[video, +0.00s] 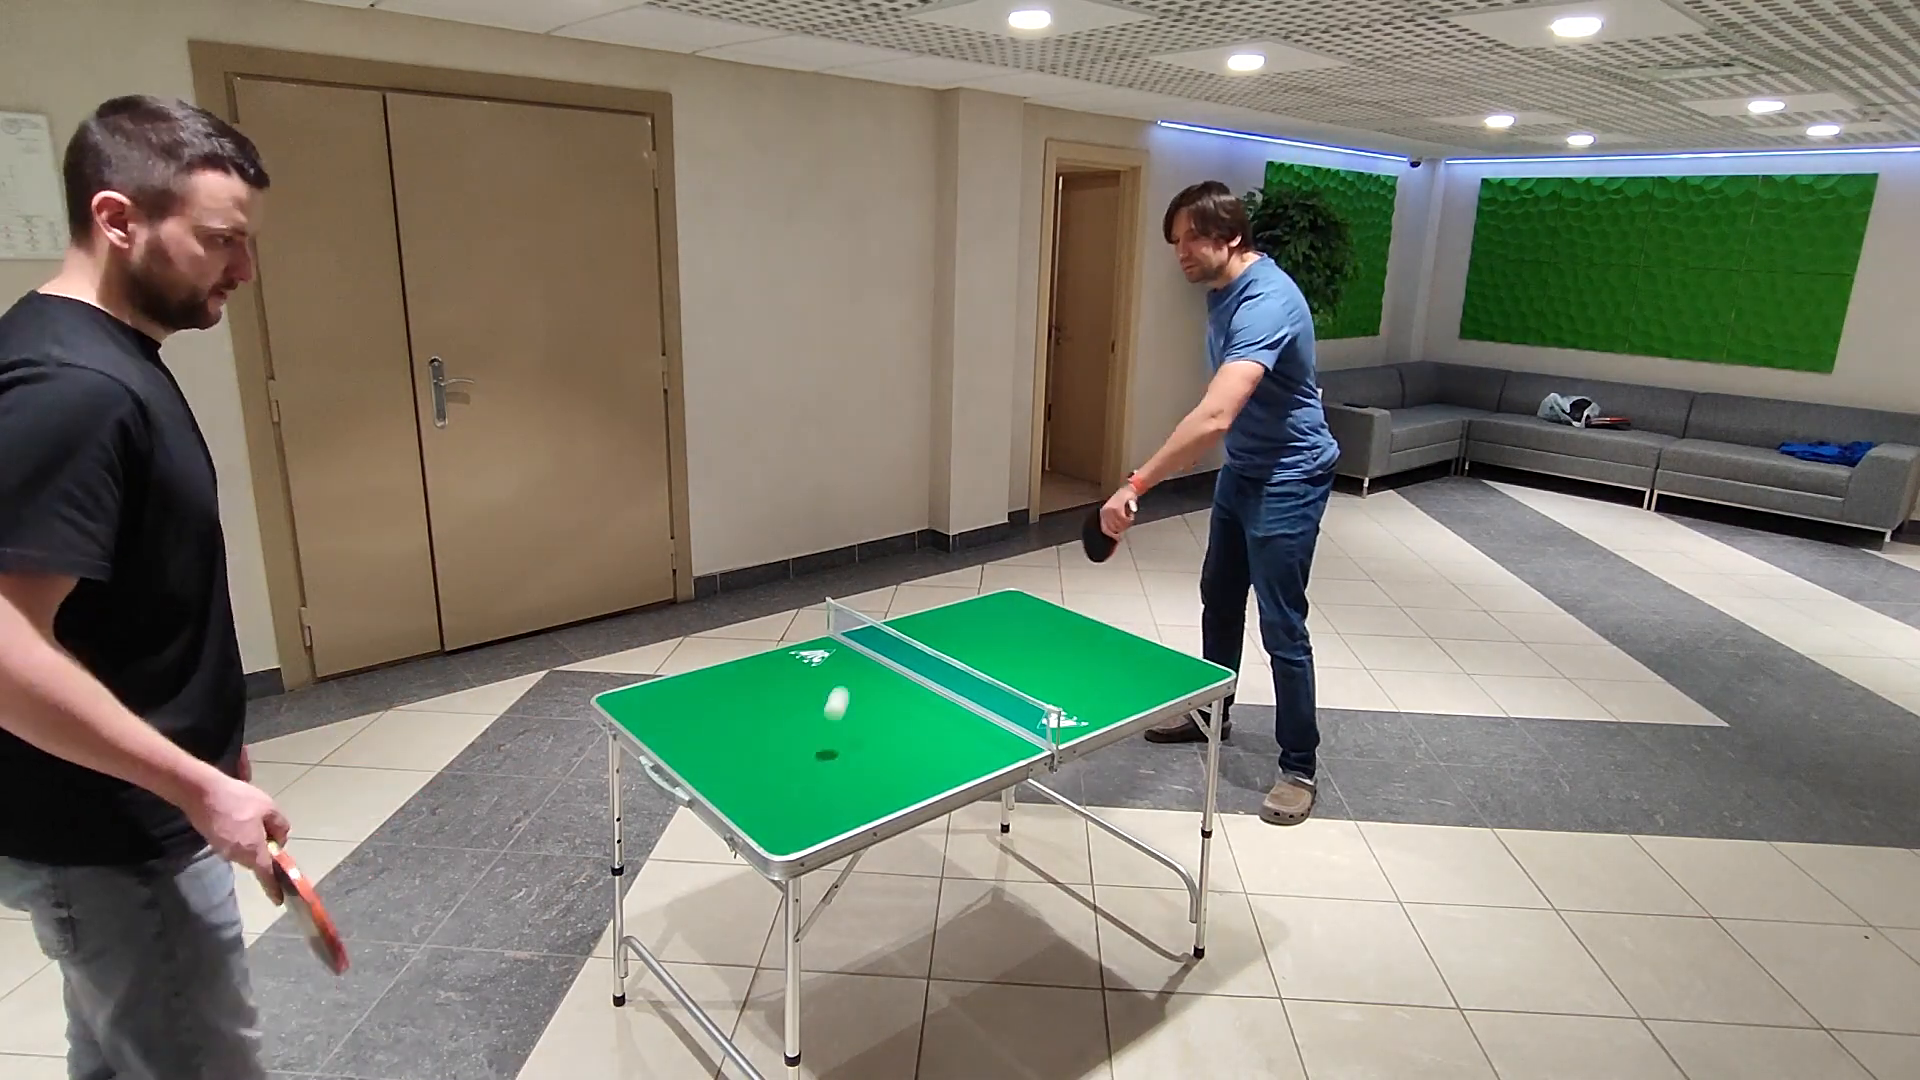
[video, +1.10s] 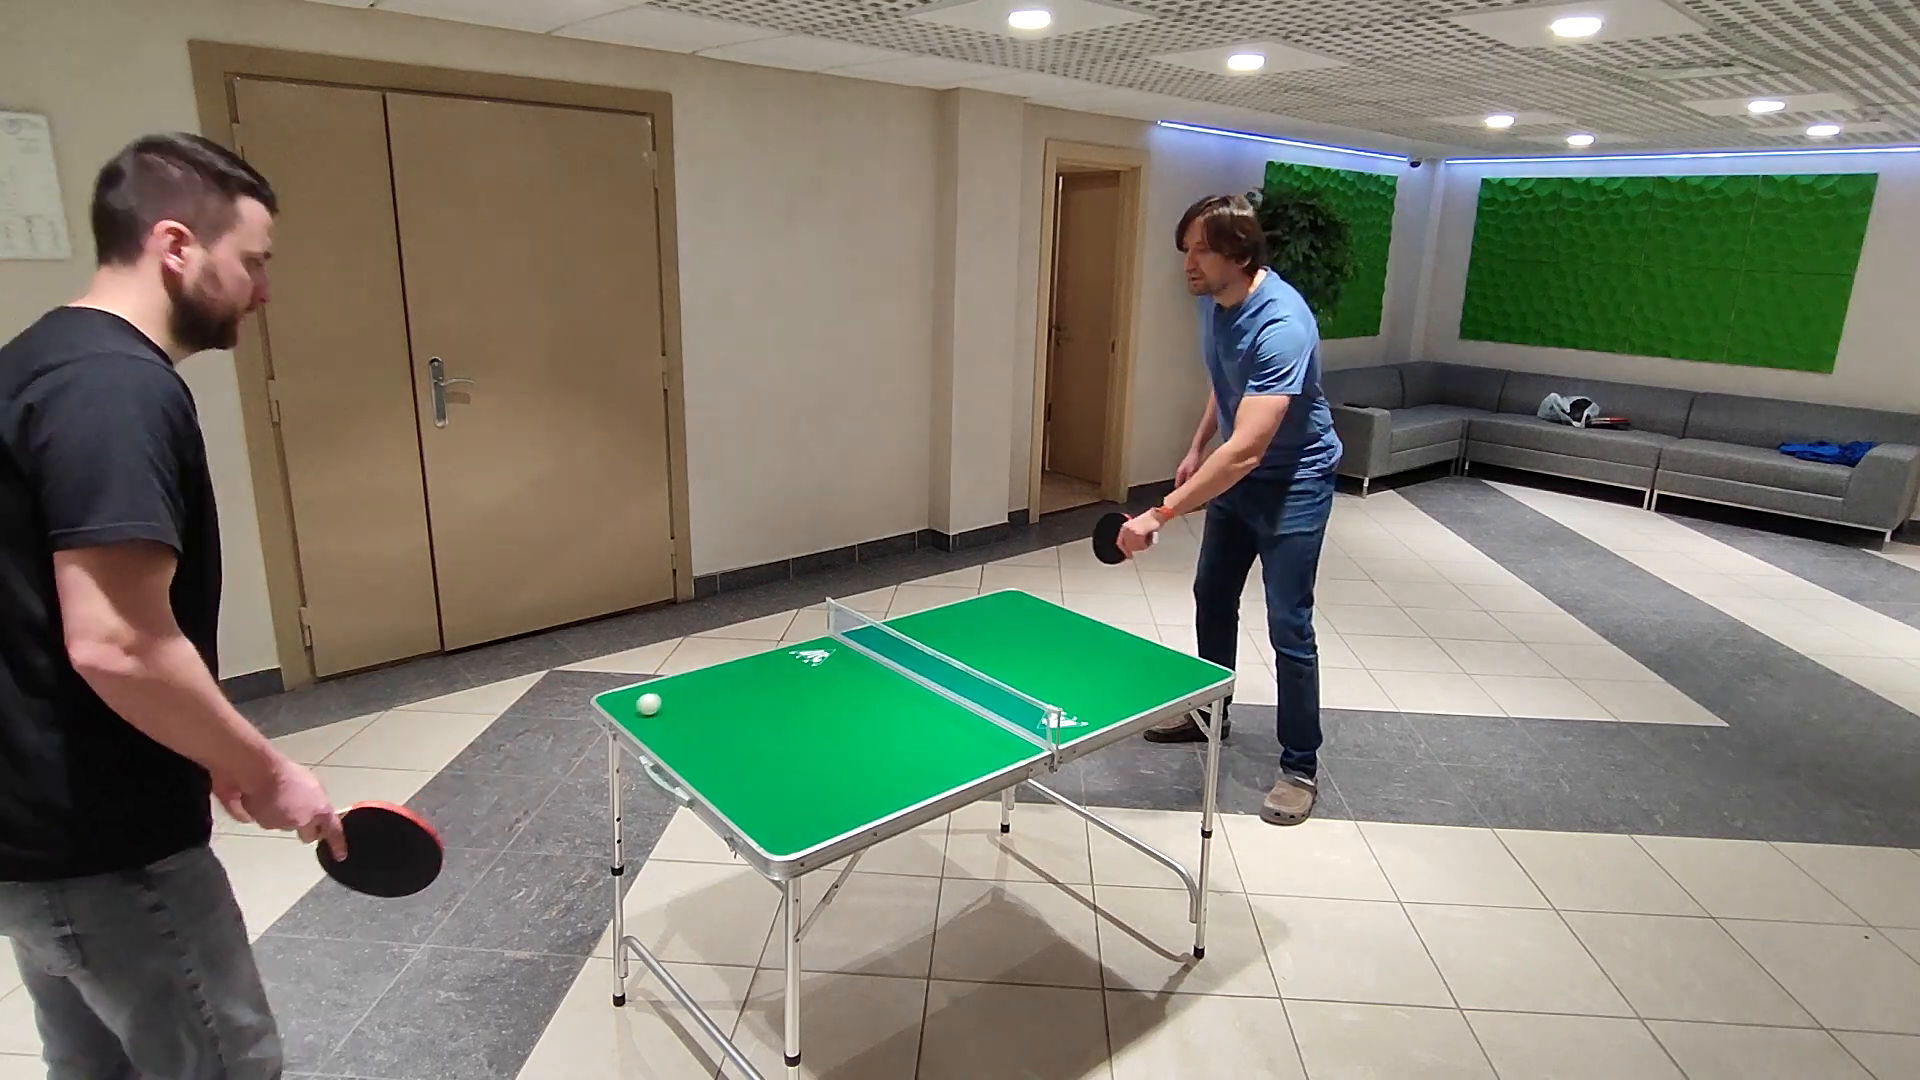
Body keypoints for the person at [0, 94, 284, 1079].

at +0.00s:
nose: (243, 272)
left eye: (246, 246)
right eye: (220, 238)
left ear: (118, 223)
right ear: (118, 218)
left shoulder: (96, 350)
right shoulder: (72, 384)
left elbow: (94, 608)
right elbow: (8, 643)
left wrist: (204, 766)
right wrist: (201, 788)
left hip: (114, 837)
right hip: (124, 854)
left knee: (115, 1061)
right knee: (209, 1065)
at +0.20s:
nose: (265, 279)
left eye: (266, 251)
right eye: (245, 247)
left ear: (138, 231)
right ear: (137, 226)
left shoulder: (113, 356)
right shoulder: (73, 398)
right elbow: (44, 685)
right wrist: (281, 774)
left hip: (141, 850)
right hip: (110, 874)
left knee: (187, 1060)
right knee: (174, 1069)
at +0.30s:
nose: (258, 280)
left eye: (262, 250)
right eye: (238, 248)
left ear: (128, 228)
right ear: (131, 224)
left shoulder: (75, 345)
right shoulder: (87, 409)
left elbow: (139, 600)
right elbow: (144, 687)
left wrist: (232, 714)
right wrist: (379, 745)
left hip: (119, 846)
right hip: (117, 874)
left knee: (183, 1059)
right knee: (173, 1071)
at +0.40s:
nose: (248, 271)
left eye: (249, 243)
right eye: (228, 238)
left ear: (114, 220)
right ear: (118, 216)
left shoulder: (29, 338)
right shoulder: (107, 411)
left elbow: (95, 573)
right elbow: (245, 655)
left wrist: (239, 676)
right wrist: (477, 698)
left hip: (62, 845)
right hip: (125, 874)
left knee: (165, 1059)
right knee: (182, 1070)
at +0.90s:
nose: (212, 254)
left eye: (209, 227)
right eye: (194, 223)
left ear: (95, 217)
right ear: (102, 214)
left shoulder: (14, 342)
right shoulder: (106, 378)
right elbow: (165, 637)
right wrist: (341, 723)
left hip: (39, 834)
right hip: (136, 847)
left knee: (100, 1064)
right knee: (207, 1067)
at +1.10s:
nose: (261, 292)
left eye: (264, 266)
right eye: (254, 261)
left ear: (163, 242)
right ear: (175, 244)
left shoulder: (38, 361)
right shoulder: (112, 381)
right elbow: (118, 643)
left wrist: (219, 753)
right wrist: (267, 775)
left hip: (45, 854)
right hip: (119, 860)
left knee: (98, 1069)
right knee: (228, 1063)